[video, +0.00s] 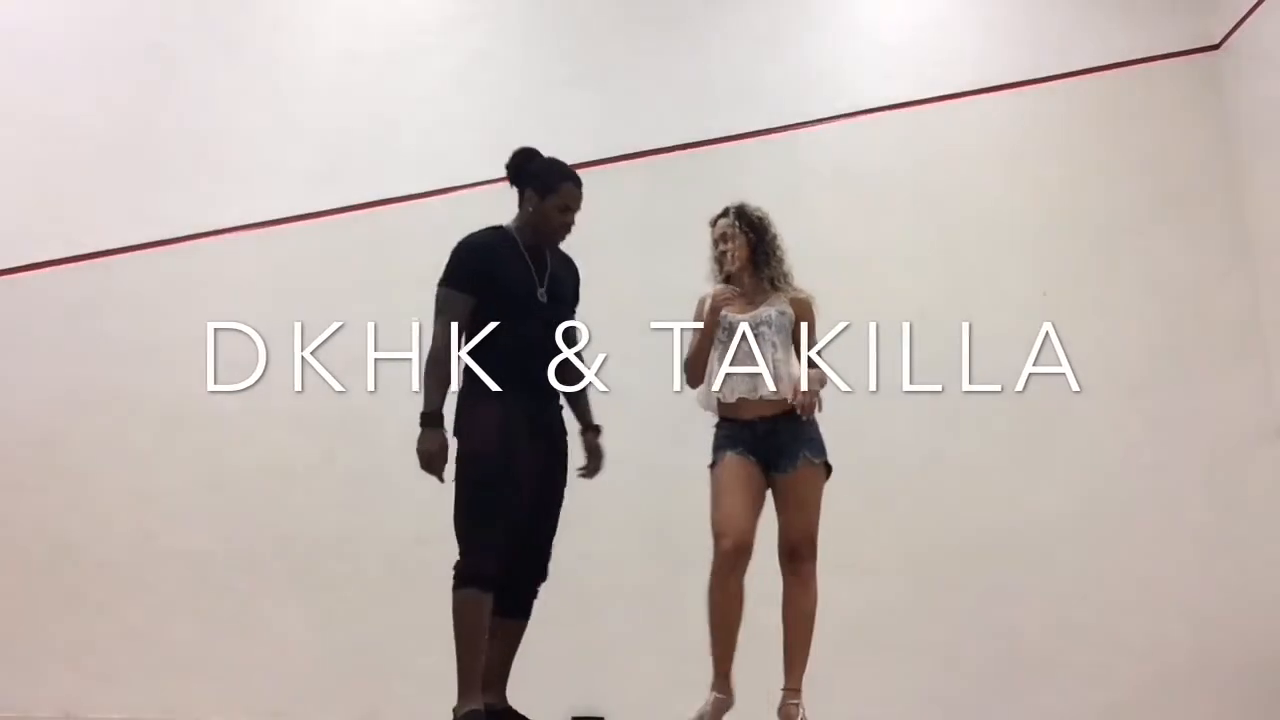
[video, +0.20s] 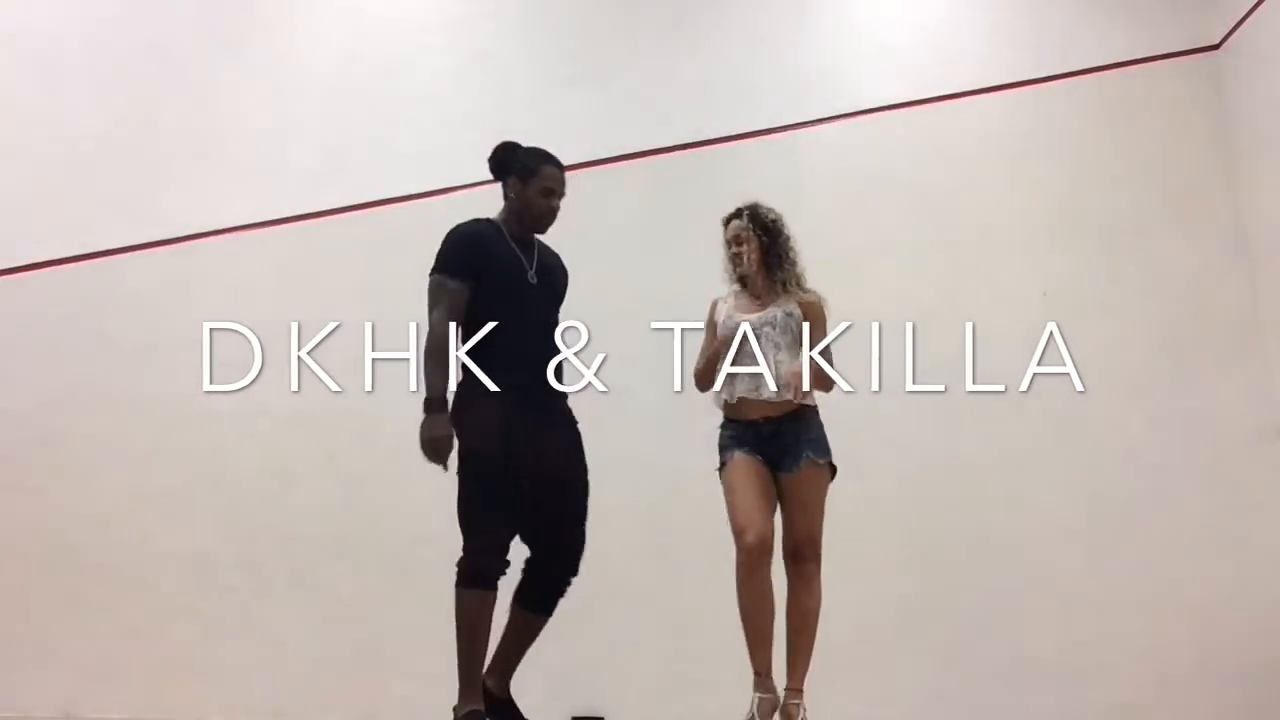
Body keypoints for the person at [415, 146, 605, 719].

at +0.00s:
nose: (573, 221)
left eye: (577, 210)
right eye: (565, 209)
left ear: (565, 208)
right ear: (528, 201)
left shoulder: (564, 269)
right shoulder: (479, 251)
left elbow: (566, 356)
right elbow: (445, 341)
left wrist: (588, 425)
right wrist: (433, 421)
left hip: (544, 432)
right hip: (487, 427)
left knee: (527, 563)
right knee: (482, 556)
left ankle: (495, 696)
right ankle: (469, 699)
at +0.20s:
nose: (557, 204)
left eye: (561, 194)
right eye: (549, 192)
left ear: (556, 198)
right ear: (513, 187)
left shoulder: (552, 267)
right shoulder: (470, 240)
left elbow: (538, 346)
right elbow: (441, 322)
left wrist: (553, 408)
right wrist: (436, 409)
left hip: (549, 423)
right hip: (487, 420)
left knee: (559, 556)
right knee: (485, 550)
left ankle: (496, 683)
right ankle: (469, 696)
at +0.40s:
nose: (545, 188)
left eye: (552, 182)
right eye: (533, 177)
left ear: (557, 194)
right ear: (503, 181)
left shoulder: (556, 265)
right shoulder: (470, 234)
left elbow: (548, 344)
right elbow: (447, 307)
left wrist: (565, 392)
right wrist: (463, 380)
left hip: (554, 417)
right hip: (490, 412)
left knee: (586, 538)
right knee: (480, 550)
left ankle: (513, 661)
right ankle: (469, 700)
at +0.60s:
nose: (546, 182)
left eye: (556, 175)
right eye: (535, 174)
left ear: (569, 188)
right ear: (516, 185)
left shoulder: (580, 263)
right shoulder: (484, 239)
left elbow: (586, 349)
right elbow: (450, 302)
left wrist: (602, 417)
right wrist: (467, 345)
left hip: (567, 429)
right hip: (494, 425)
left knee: (587, 555)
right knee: (476, 556)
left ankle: (565, 688)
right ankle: (468, 699)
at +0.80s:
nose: (562, 190)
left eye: (573, 183)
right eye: (553, 182)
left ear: (590, 198)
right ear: (538, 194)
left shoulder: (606, 272)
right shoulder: (503, 251)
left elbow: (618, 355)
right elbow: (464, 322)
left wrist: (627, 427)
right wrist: (455, 391)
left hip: (577, 435)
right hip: (508, 431)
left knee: (581, 573)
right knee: (492, 562)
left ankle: (561, 704)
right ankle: (472, 698)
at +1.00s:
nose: (569, 204)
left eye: (580, 197)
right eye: (559, 197)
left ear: (598, 213)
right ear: (546, 211)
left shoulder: (615, 284)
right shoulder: (511, 269)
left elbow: (628, 365)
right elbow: (476, 356)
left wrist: (638, 431)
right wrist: (457, 433)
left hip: (585, 441)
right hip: (520, 437)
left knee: (582, 575)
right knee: (506, 560)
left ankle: (559, 704)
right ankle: (480, 698)